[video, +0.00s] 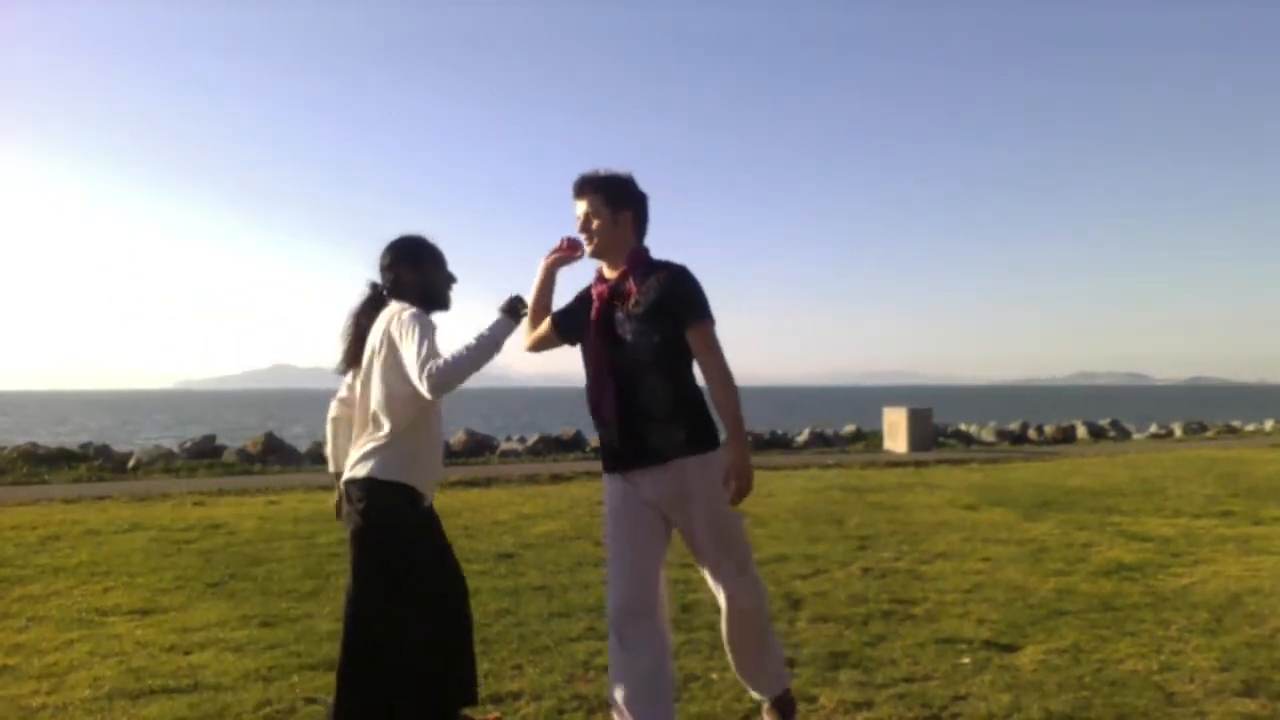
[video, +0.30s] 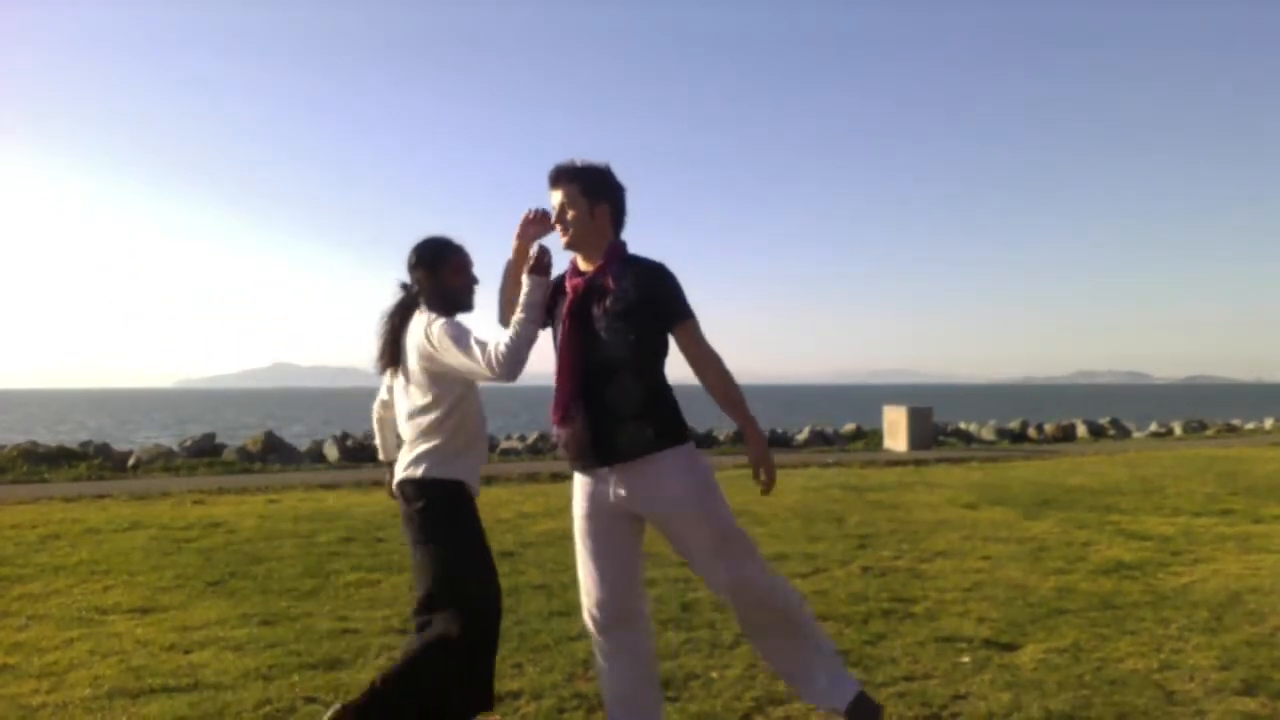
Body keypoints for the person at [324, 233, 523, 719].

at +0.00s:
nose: (450, 274)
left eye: (446, 265)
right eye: (438, 265)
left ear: (397, 277)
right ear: (404, 272)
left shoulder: (381, 324)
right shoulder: (408, 317)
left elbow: (341, 408)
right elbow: (432, 379)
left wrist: (343, 479)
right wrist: (502, 325)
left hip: (365, 488)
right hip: (392, 492)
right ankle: (428, 707)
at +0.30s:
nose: (473, 280)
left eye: (471, 270)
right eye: (464, 271)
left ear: (427, 283)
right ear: (433, 279)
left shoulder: (413, 331)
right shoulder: (437, 329)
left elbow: (384, 406)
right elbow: (501, 364)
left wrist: (395, 462)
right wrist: (535, 289)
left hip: (427, 482)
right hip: (435, 486)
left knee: (481, 605)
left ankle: (467, 703)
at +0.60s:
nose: (485, 288)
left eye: (482, 278)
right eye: (475, 280)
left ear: (441, 292)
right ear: (446, 290)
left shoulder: (426, 343)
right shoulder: (460, 342)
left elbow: (410, 417)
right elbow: (534, 366)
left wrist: (457, 442)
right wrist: (549, 296)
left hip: (440, 491)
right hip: (469, 493)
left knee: (471, 631)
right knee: (497, 633)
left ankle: (452, 708)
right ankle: (490, 712)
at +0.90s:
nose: (493, 286)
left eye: (490, 278)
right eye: (483, 279)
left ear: (447, 293)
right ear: (456, 291)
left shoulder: (433, 344)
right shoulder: (474, 348)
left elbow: (419, 415)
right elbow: (554, 368)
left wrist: (466, 447)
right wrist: (550, 301)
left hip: (439, 492)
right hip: (470, 499)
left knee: (456, 617)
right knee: (489, 617)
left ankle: (447, 701)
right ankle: (494, 706)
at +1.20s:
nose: (483, 292)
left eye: (481, 283)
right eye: (477, 282)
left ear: (426, 290)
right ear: (457, 289)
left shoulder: (416, 347)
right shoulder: (465, 350)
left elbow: (409, 418)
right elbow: (551, 366)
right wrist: (538, 304)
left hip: (430, 491)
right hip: (463, 496)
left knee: (450, 618)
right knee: (465, 620)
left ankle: (443, 704)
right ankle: (449, 707)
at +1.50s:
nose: (477, 286)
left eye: (475, 276)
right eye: (468, 276)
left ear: (423, 281)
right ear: (433, 279)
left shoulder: (397, 340)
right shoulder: (442, 342)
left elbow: (384, 409)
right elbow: (526, 373)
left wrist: (462, 436)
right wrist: (531, 325)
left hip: (410, 497)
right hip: (441, 499)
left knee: (450, 639)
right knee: (471, 641)